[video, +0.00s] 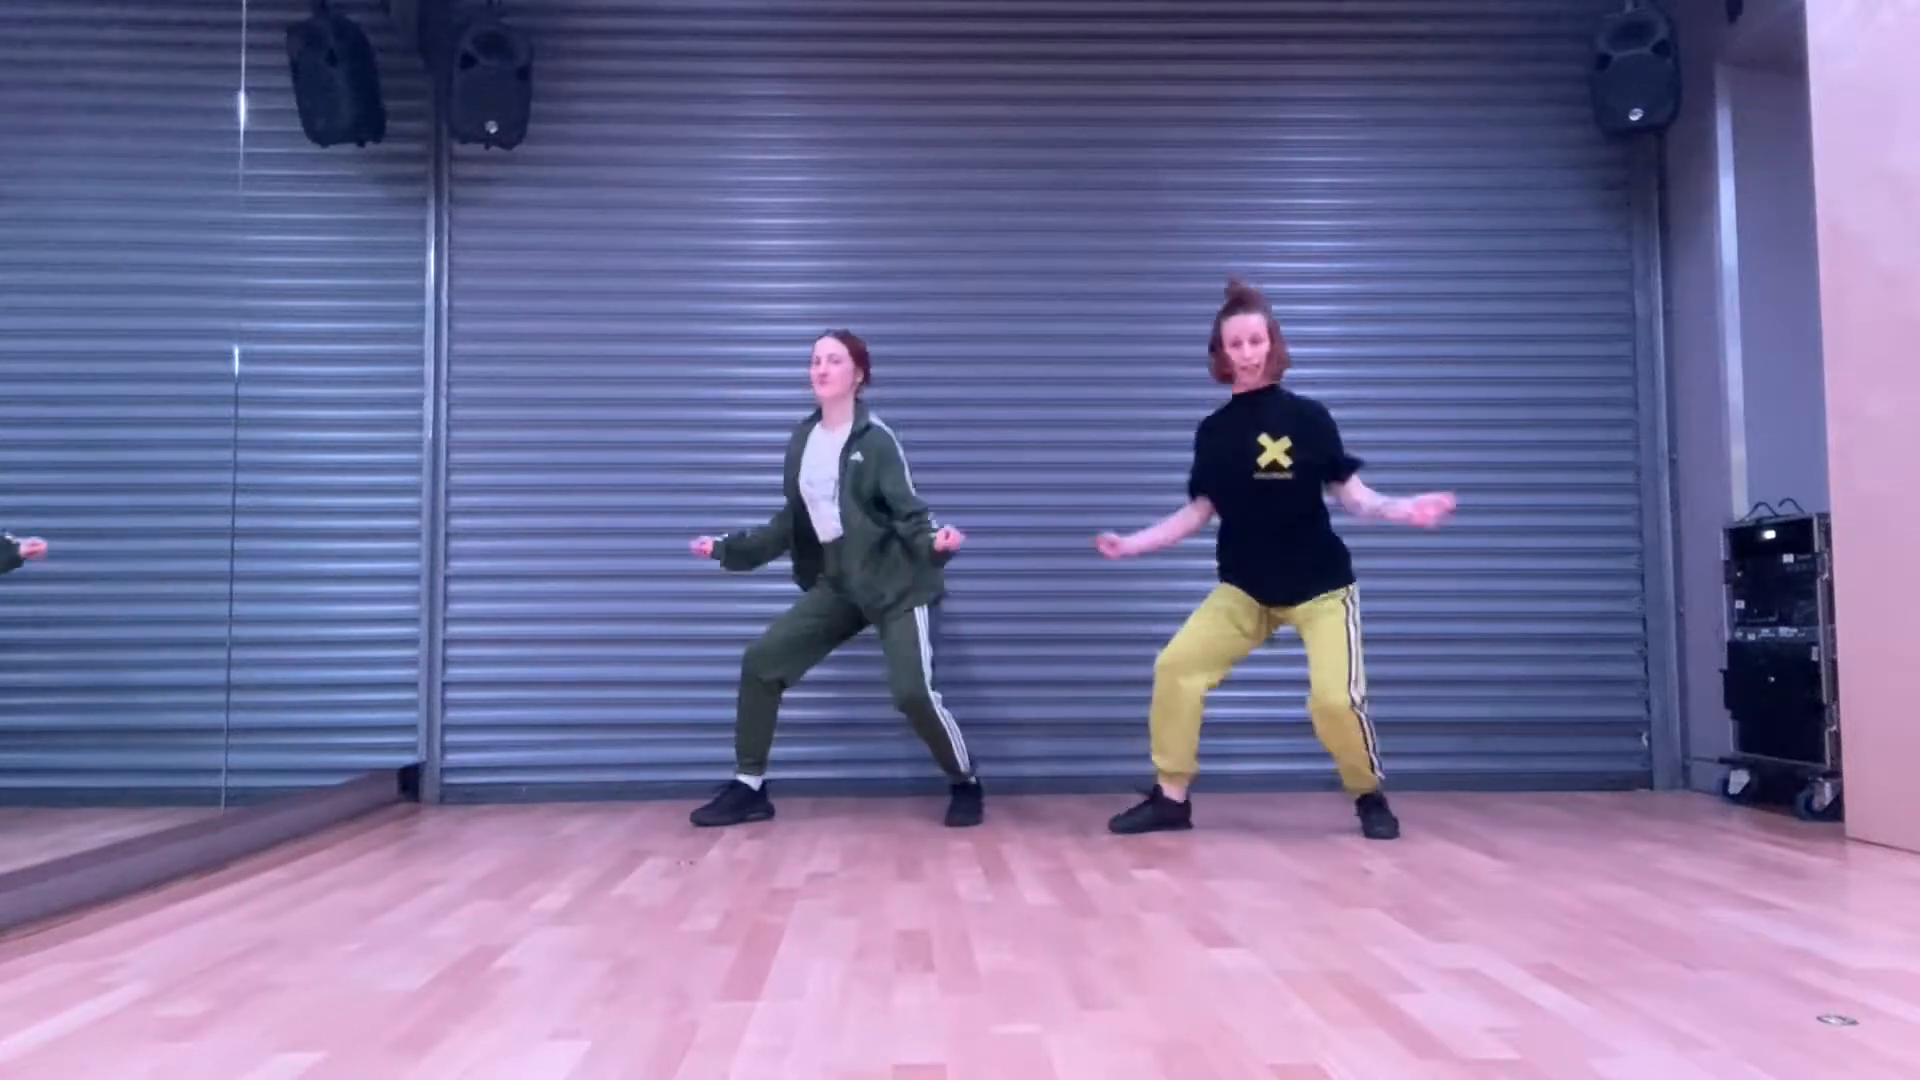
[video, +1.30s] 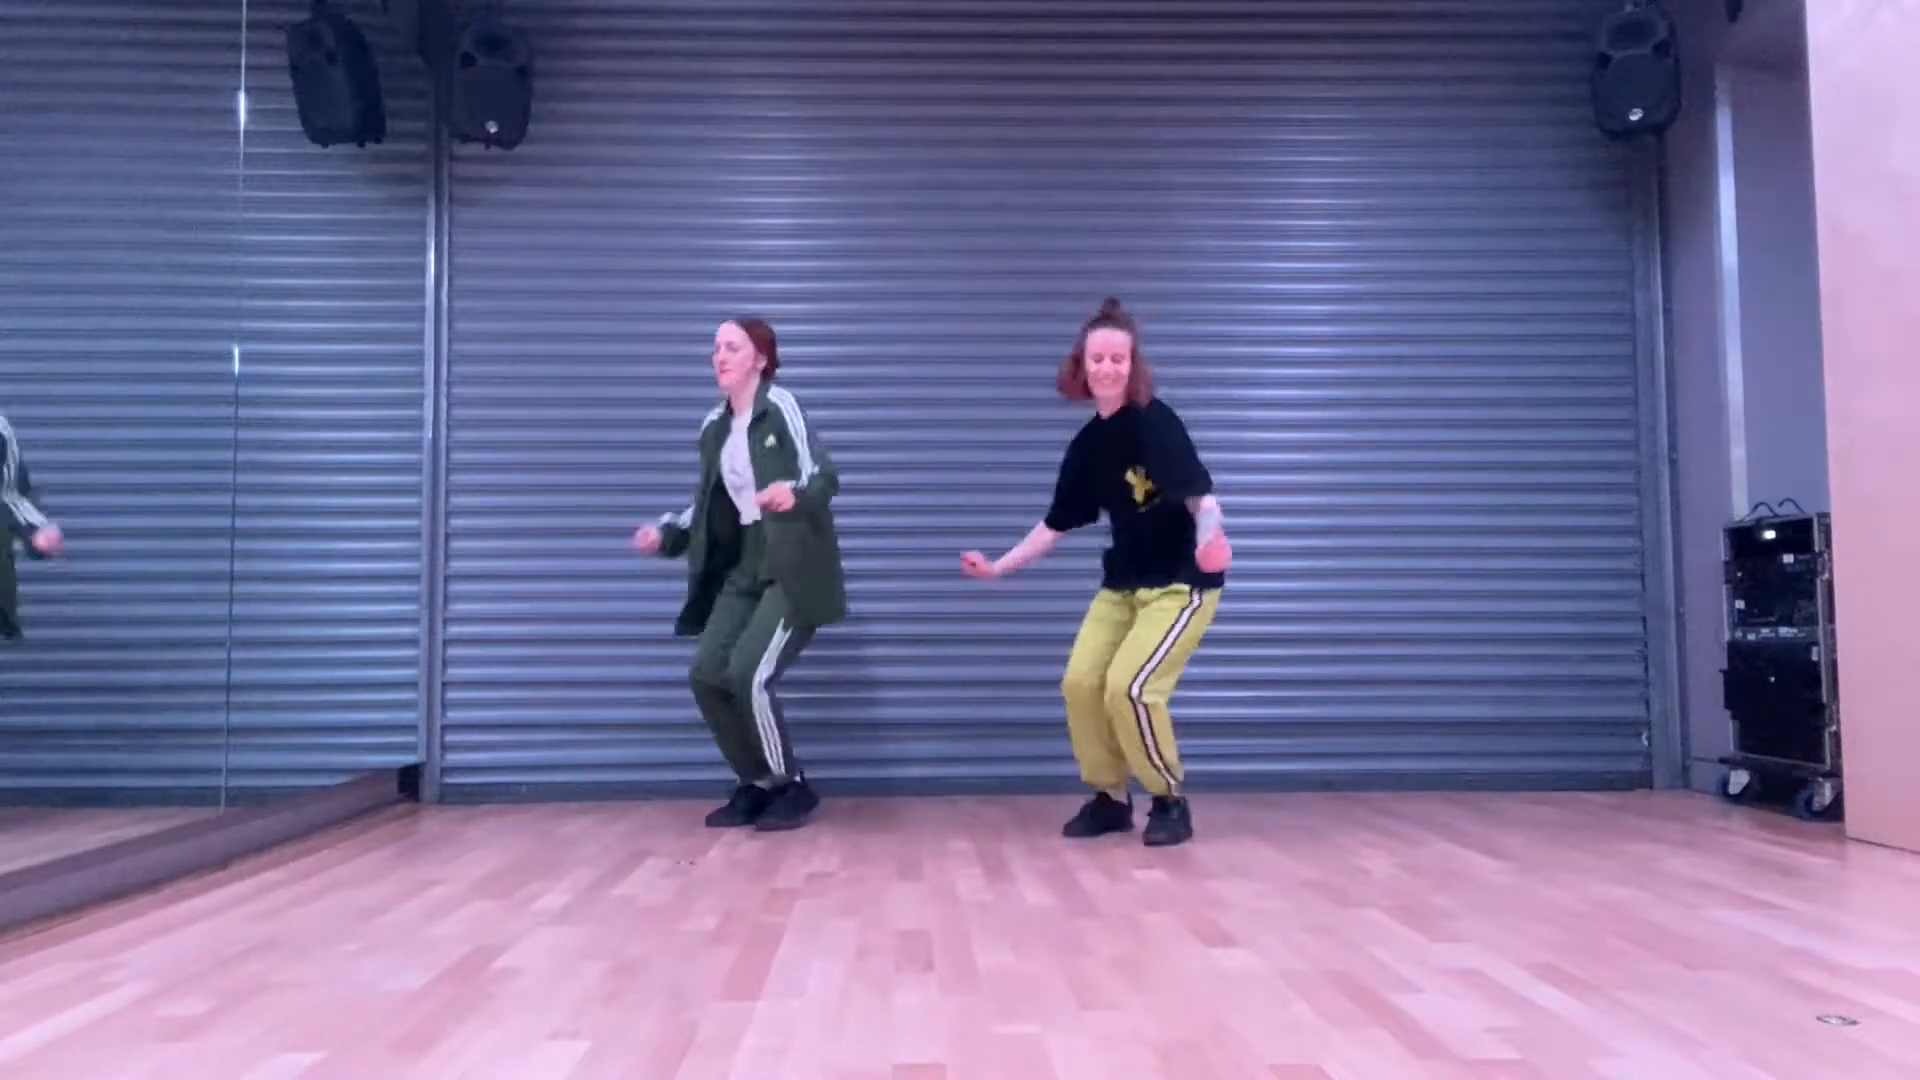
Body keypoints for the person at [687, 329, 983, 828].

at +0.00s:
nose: (821, 369)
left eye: (833, 361)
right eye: (815, 362)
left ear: (859, 375)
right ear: (809, 374)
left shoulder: (877, 440)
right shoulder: (803, 439)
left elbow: (909, 516)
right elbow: (793, 522)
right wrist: (729, 547)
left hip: (896, 583)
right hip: (837, 586)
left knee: (913, 693)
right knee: (762, 663)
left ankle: (965, 784)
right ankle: (748, 788)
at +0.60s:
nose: (828, 362)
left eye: (840, 353)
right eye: (824, 355)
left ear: (869, 362)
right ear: (822, 367)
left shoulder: (887, 404)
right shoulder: (826, 418)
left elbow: (915, 472)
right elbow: (810, 492)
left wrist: (904, 462)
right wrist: (736, 488)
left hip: (874, 570)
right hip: (818, 572)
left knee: (894, 685)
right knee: (744, 663)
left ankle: (962, 783)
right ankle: (745, 787)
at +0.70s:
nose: (791, 341)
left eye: (803, 333)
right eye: (789, 333)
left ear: (831, 345)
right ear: (784, 344)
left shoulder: (838, 379)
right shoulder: (782, 391)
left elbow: (859, 427)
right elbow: (759, 460)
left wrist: (807, 457)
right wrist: (692, 489)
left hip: (870, 552)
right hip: (818, 558)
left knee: (908, 673)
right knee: (762, 650)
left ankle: (966, 778)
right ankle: (753, 778)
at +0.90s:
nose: (745, 342)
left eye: (757, 332)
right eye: (739, 334)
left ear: (784, 339)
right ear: (736, 343)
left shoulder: (800, 399)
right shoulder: (748, 406)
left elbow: (817, 478)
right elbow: (750, 497)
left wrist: (816, 550)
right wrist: (719, 557)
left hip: (825, 557)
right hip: (774, 562)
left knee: (872, 666)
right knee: (735, 661)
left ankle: (957, 767)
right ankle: (761, 786)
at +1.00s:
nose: (733, 363)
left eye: (741, 352)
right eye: (727, 355)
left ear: (773, 354)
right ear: (728, 363)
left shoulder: (812, 404)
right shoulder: (747, 415)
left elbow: (839, 481)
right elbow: (755, 493)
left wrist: (822, 521)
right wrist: (718, 526)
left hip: (789, 562)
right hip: (740, 565)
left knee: (808, 680)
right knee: (710, 673)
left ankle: (906, 752)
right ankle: (761, 788)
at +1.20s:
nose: (727, 369)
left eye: (738, 359)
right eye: (721, 360)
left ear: (766, 366)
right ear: (718, 368)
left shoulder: (790, 414)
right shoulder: (717, 432)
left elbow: (809, 486)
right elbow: (692, 518)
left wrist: (776, 546)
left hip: (797, 559)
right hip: (745, 561)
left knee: (726, 671)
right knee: (706, 675)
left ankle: (784, 778)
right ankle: (754, 783)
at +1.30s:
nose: (718, 356)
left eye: (730, 348)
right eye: (716, 348)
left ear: (759, 359)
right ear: (714, 360)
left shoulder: (782, 406)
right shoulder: (714, 430)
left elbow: (822, 478)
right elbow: (710, 509)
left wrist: (796, 494)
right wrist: (668, 535)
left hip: (795, 569)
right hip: (743, 571)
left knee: (748, 678)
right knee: (708, 675)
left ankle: (790, 787)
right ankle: (755, 786)